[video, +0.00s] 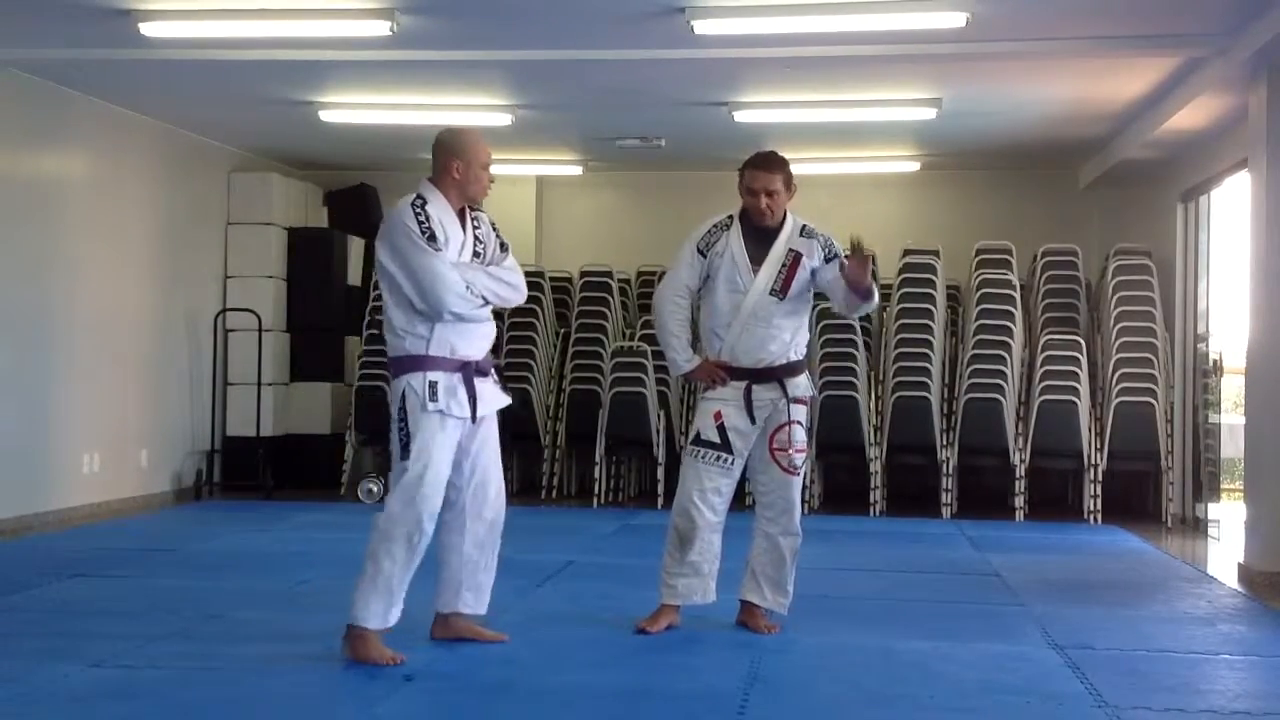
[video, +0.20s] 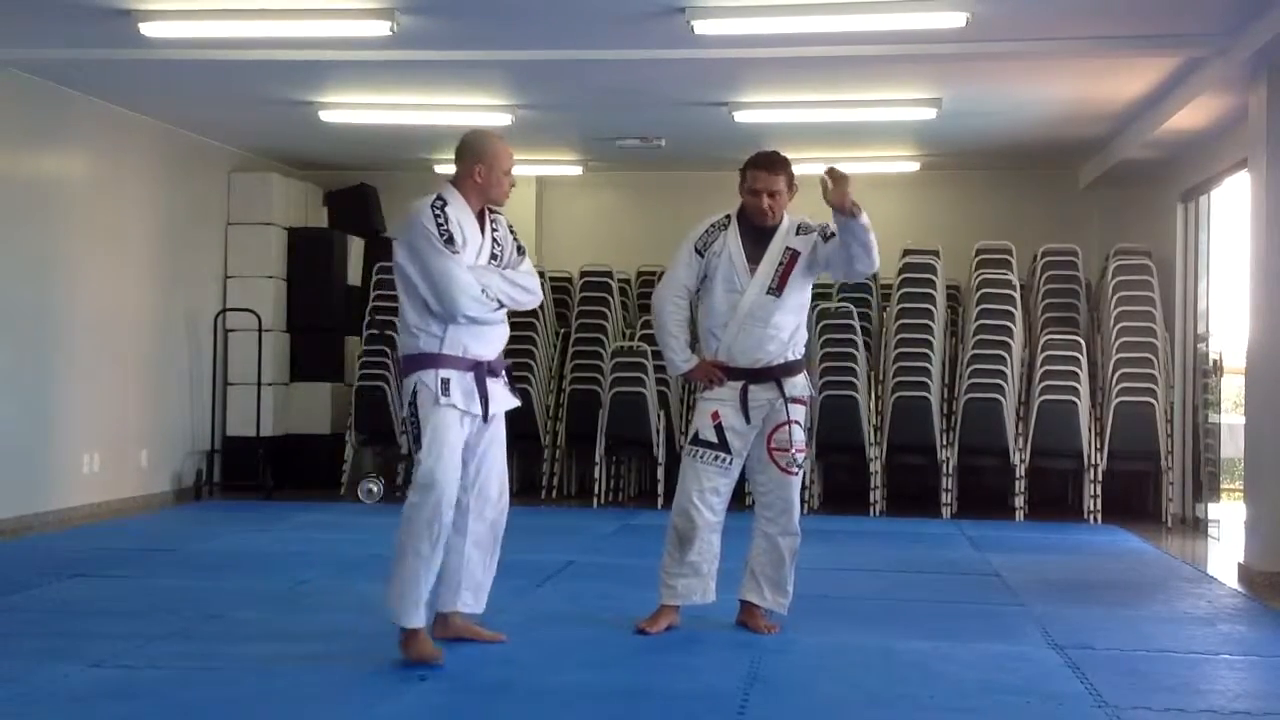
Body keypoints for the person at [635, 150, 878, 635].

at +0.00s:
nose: (763, 203)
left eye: (773, 194)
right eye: (754, 193)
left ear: (790, 194)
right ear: (740, 191)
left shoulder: (814, 244)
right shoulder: (713, 237)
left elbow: (851, 304)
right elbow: (669, 298)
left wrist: (860, 287)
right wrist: (687, 360)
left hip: (787, 390)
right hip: (722, 386)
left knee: (780, 506)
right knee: (695, 501)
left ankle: (757, 604)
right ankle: (672, 602)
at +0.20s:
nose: (765, 203)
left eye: (775, 194)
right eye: (756, 193)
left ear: (790, 195)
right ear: (740, 191)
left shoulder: (806, 238)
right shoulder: (711, 236)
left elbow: (860, 262)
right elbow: (668, 298)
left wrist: (847, 213)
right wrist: (686, 361)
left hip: (784, 388)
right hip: (720, 386)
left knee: (779, 506)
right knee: (694, 502)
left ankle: (757, 604)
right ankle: (672, 603)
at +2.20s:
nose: (747, 201)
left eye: (759, 196)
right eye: (745, 190)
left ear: (786, 200)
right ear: (742, 186)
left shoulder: (810, 239)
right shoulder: (717, 236)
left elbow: (853, 221)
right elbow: (676, 296)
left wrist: (810, 182)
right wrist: (687, 357)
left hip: (787, 389)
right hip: (723, 386)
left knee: (780, 506)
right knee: (696, 501)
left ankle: (755, 606)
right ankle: (672, 604)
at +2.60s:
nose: (736, 202)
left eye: (746, 195)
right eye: (733, 192)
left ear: (775, 195)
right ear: (731, 188)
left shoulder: (807, 240)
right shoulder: (712, 238)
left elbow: (866, 285)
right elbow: (674, 302)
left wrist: (825, 247)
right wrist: (687, 360)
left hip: (785, 389)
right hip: (721, 386)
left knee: (780, 506)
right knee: (696, 502)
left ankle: (756, 605)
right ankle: (672, 604)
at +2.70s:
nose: (733, 203)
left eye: (743, 196)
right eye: (729, 194)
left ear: (771, 194)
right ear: (725, 190)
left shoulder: (809, 239)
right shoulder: (709, 240)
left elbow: (861, 282)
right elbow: (674, 303)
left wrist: (846, 311)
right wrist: (687, 360)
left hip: (786, 390)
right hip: (722, 387)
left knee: (780, 506)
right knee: (696, 501)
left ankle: (756, 605)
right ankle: (672, 604)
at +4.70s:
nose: (765, 194)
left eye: (777, 186)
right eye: (757, 183)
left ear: (794, 192)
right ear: (743, 187)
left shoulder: (819, 246)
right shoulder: (712, 239)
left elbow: (854, 307)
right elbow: (674, 301)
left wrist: (835, 363)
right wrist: (687, 359)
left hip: (786, 393)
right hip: (721, 388)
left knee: (780, 509)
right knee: (695, 503)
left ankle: (756, 607)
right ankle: (672, 605)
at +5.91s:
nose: (769, 196)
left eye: (780, 188)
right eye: (760, 186)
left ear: (796, 193)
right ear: (746, 188)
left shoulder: (819, 246)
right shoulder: (715, 239)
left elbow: (856, 307)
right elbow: (675, 301)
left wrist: (837, 364)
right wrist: (688, 359)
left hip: (788, 393)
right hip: (723, 388)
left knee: (780, 508)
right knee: (697, 502)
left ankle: (756, 607)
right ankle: (673, 605)